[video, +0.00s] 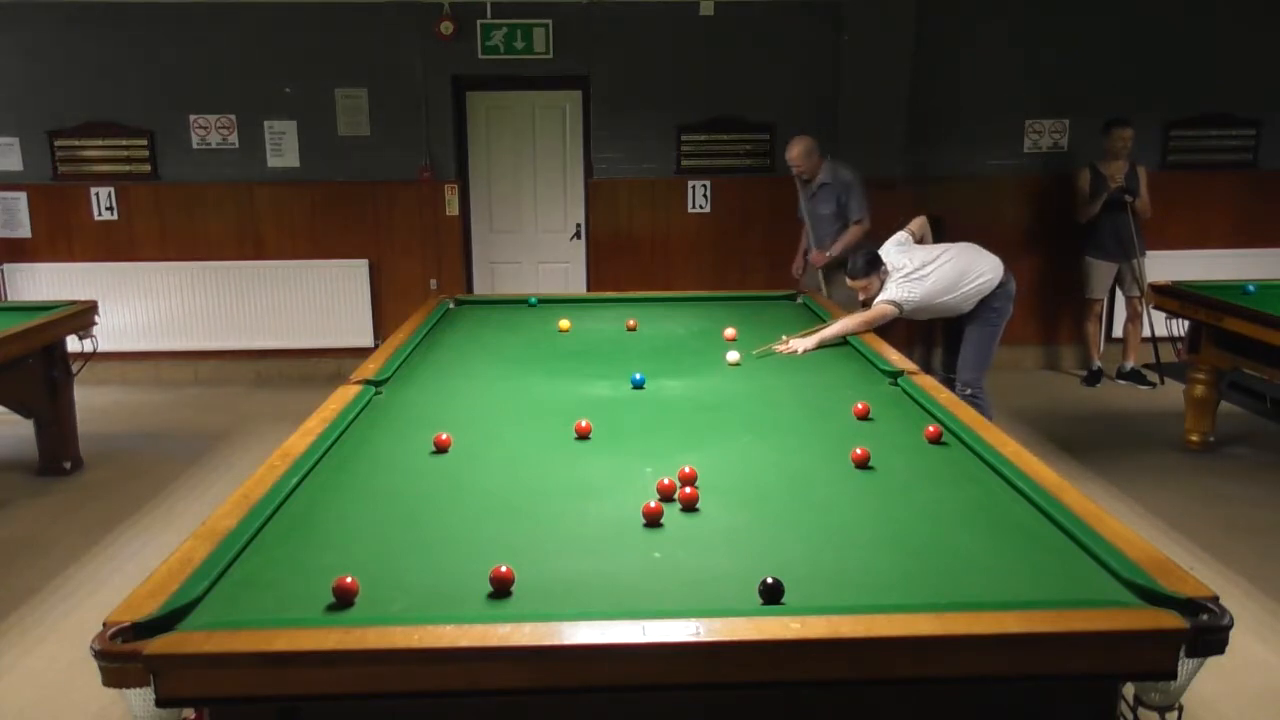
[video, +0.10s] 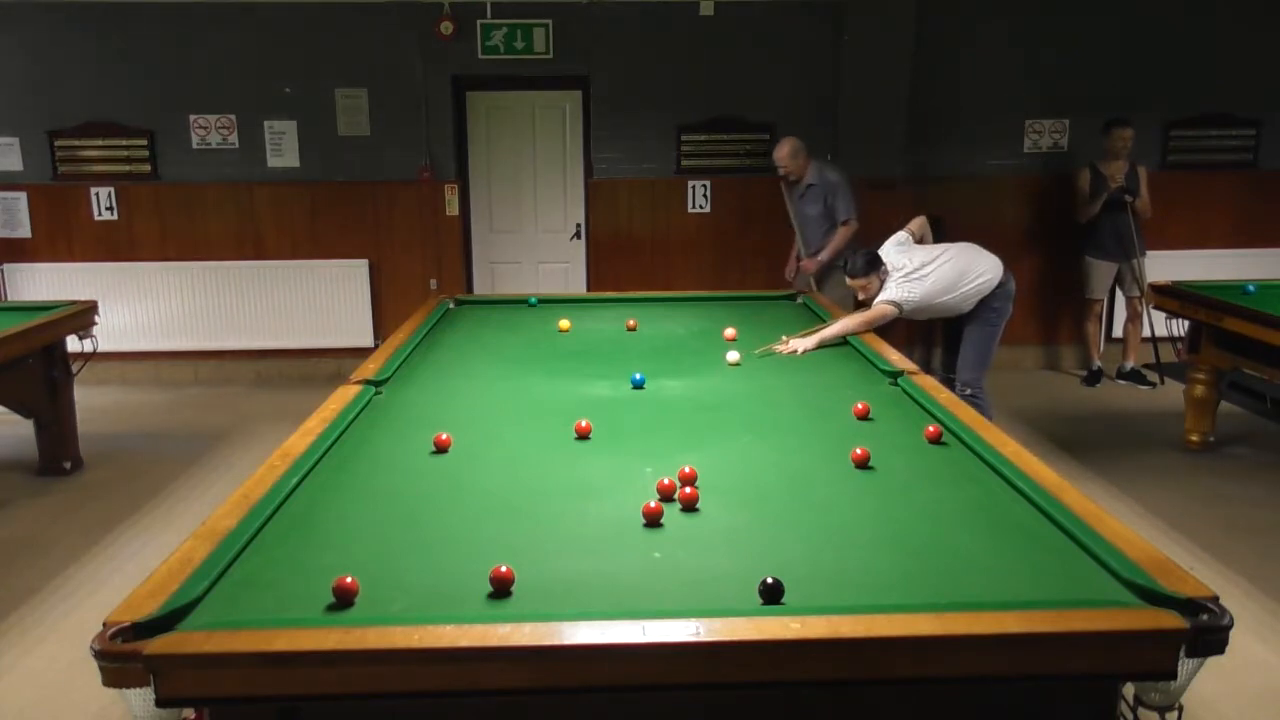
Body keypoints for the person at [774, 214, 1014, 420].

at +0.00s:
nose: (861, 297)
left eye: (866, 289)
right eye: (856, 290)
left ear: (882, 275)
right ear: (849, 280)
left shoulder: (897, 293)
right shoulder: (890, 248)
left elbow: (865, 320)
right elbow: (921, 221)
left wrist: (812, 339)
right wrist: (928, 257)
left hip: (993, 285)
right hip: (972, 268)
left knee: (968, 383)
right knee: (955, 374)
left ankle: (982, 450)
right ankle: (962, 444)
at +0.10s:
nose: (860, 296)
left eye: (865, 288)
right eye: (855, 289)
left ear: (882, 275)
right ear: (849, 279)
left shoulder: (897, 293)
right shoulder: (889, 248)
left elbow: (863, 320)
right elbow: (920, 221)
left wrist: (812, 339)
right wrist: (929, 256)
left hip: (993, 285)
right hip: (972, 266)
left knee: (968, 382)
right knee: (954, 374)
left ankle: (982, 450)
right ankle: (962, 444)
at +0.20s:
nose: (861, 296)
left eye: (865, 288)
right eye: (855, 290)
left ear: (881, 275)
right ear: (847, 281)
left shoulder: (897, 293)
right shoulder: (889, 248)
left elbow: (865, 320)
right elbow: (920, 220)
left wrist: (812, 339)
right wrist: (928, 256)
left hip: (993, 285)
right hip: (972, 267)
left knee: (968, 383)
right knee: (954, 374)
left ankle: (982, 450)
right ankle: (961, 444)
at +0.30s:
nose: (860, 297)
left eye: (865, 289)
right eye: (854, 290)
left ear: (881, 276)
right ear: (847, 280)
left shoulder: (897, 293)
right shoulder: (888, 248)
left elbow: (864, 320)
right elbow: (920, 220)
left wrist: (812, 340)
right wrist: (928, 255)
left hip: (993, 285)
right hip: (970, 268)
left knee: (968, 382)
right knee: (953, 373)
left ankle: (982, 449)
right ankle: (960, 443)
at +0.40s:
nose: (860, 297)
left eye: (864, 289)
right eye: (854, 291)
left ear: (881, 276)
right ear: (847, 280)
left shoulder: (897, 293)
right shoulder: (888, 249)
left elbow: (865, 321)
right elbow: (920, 220)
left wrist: (811, 340)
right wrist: (925, 255)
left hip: (993, 285)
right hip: (969, 270)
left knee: (968, 382)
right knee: (952, 372)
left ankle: (981, 448)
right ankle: (959, 441)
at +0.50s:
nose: (860, 297)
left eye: (864, 289)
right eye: (854, 291)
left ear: (881, 277)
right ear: (847, 280)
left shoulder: (897, 293)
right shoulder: (888, 249)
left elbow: (864, 321)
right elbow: (920, 221)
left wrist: (811, 340)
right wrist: (923, 257)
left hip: (993, 284)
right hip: (967, 271)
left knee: (968, 382)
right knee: (952, 373)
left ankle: (981, 449)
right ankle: (960, 442)